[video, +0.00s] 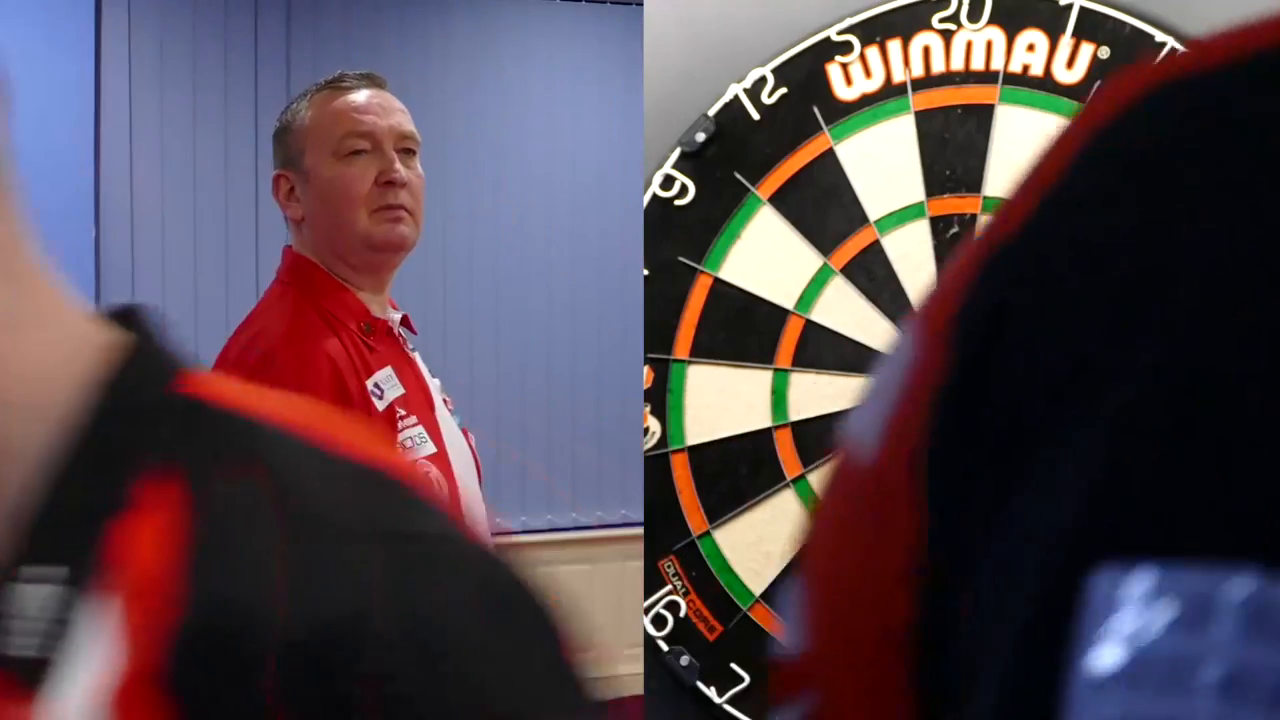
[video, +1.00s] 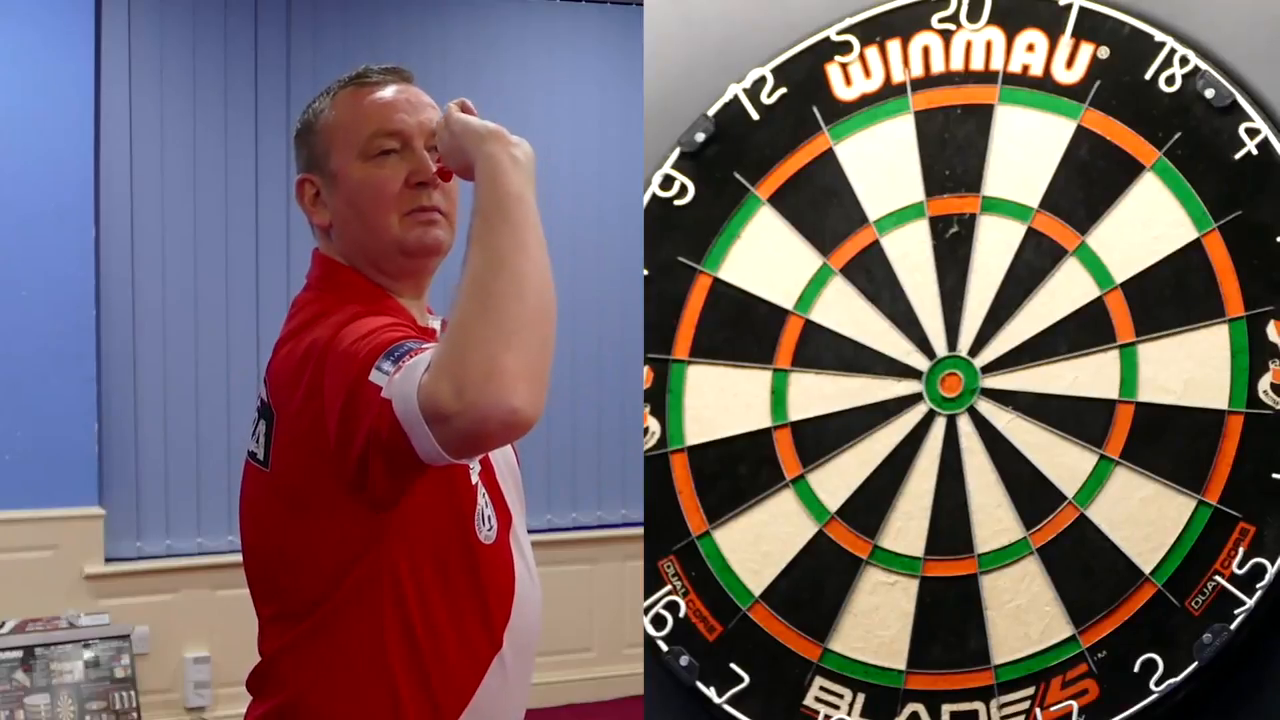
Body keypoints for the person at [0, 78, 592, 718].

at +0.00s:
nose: (395, 173)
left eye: (407, 153)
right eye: (358, 152)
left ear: (425, 180)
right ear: (291, 194)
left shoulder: (382, 327)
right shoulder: (285, 352)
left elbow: (443, 510)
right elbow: (268, 580)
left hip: (437, 659)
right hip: (353, 679)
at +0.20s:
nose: (409, 171)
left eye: (420, 150)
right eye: (369, 149)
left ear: (435, 176)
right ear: (301, 195)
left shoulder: (391, 329)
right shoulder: (306, 350)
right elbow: (327, 615)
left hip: (442, 701)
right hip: (360, 706)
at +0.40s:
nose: (418, 169)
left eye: (430, 148)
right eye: (378, 148)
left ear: (444, 171)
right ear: (308, 195)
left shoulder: (398, 326)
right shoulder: (321, 346)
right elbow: (414, 538)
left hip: (445, 697)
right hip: (363, 704)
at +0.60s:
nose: (427, 168)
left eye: (437, 147)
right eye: (385, 147)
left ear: (455, 170)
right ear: (316, 196)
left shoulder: (420, 327)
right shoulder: (334, 340)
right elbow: (473, 439)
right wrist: (524, 185)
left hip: (467, 700)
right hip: (365, 704)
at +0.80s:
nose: (430, 170)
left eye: (440, 148)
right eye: (388, 149)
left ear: (456, 168)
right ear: (318, 198)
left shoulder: (428, 330)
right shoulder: (337, 342)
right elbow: (490, 405)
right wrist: (511, 163)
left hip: (475, 700)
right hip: (369, 703)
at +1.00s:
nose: (429, 171)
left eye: (438, 150)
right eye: (386, 152)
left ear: (454, 170)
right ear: (316, 200)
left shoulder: (424, 331)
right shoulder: (336, 344)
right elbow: (490, 401)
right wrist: (504, 163)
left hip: (475, 700)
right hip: (372, 703)